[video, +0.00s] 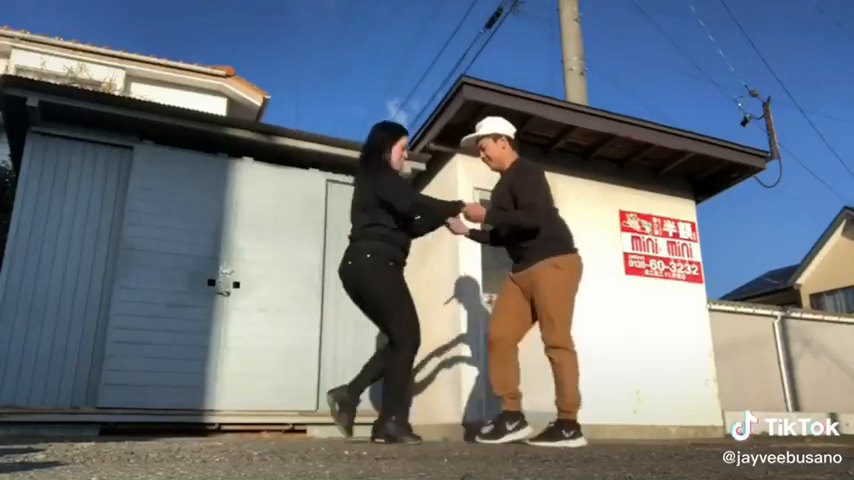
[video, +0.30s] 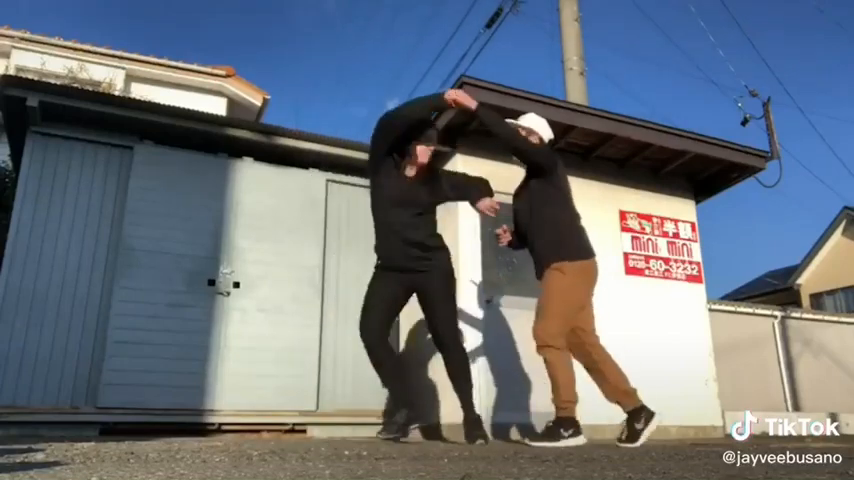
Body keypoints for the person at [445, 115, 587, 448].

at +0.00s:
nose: (482, 156)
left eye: (484, 148)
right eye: (479, 151)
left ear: (503, 141)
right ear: (495, 148)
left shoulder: (526, 171)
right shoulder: (502, 188)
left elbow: (534, 218)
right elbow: (505, 236)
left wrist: (487, 215)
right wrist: (468, 232)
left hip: (554, 265)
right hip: (523, 273)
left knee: (557, 342)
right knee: (500, 337)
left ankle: (568, 423)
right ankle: (512, 416)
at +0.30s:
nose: (517, 137)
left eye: (524, 132)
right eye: (516, 131)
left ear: (540, 137)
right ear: (521, 136)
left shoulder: (547, 162)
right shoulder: (526, 187)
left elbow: (515, 139)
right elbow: (534, 235)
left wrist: (476, 107)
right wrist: (515, 240)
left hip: (570, 264)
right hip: (563, 267)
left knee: (549, 337)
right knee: (582, 343)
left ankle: (566, 422)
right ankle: (636, 410)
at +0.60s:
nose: (513, 138)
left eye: (519, 133)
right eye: (514, 134)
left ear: (537, 139)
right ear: (529, 140)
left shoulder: (543, 159)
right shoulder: (523, 191)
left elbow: (506, 153)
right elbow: (518, 243)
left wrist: (472, 140)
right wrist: (480, 248)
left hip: (565, 262)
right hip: (545, 270)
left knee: (547, 343)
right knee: (531, 346)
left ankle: (545, 423)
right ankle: (601, 396)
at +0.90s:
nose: (512, 149)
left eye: (517, 141)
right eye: (511, 143)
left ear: (534, 139)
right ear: (513, 147)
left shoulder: (552, 165)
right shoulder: (511, 188)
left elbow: (554, 135)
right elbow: (502, 235)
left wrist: (508, 138)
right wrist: (464, 226)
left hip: (544, 267)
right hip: (512, 269)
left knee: (527, 341)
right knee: (490, 331)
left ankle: (543, 422)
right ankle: (503, 415)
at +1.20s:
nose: (523, 147)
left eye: (529, 141)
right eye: (522, 143)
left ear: (549, 144)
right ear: (523, 150)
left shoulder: (573, 179)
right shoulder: (515, 194)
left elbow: (596, 222)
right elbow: (492, 230)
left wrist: (565, 234)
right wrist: (459, 219)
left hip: (567, 278)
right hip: (525, 280)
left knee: (579, 340)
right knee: (508, 345)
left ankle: (616, 399)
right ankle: (514, 424)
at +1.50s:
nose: (572, 144)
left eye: (578, 137)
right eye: (565, 140)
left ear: (592, 140)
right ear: (560, 147)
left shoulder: (611, 182)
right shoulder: (551, 184)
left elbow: (621, 221)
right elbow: (513, 214)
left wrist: (628, 247)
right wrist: (468, 219)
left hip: (617, 279)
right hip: (573, 278)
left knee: (636, 349)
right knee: (549, 345)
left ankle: (659, 423)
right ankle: (518, 418)